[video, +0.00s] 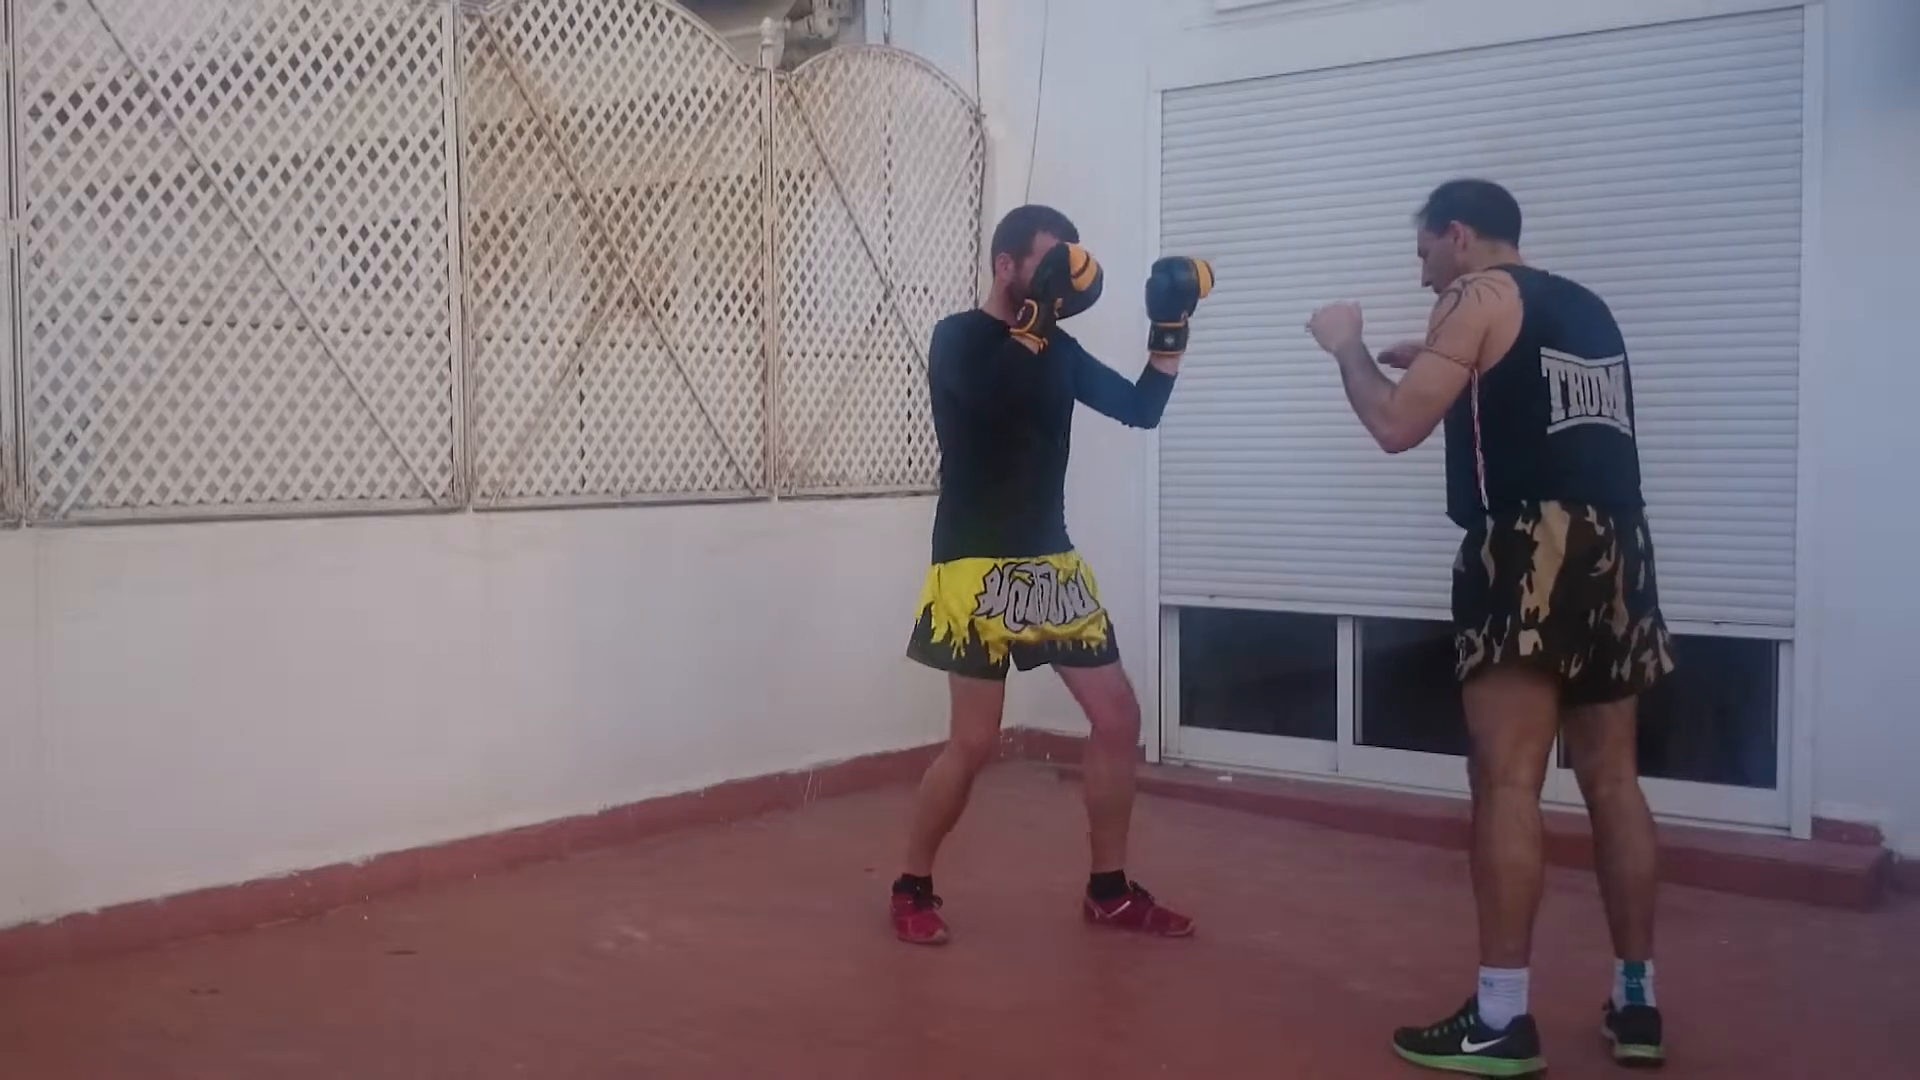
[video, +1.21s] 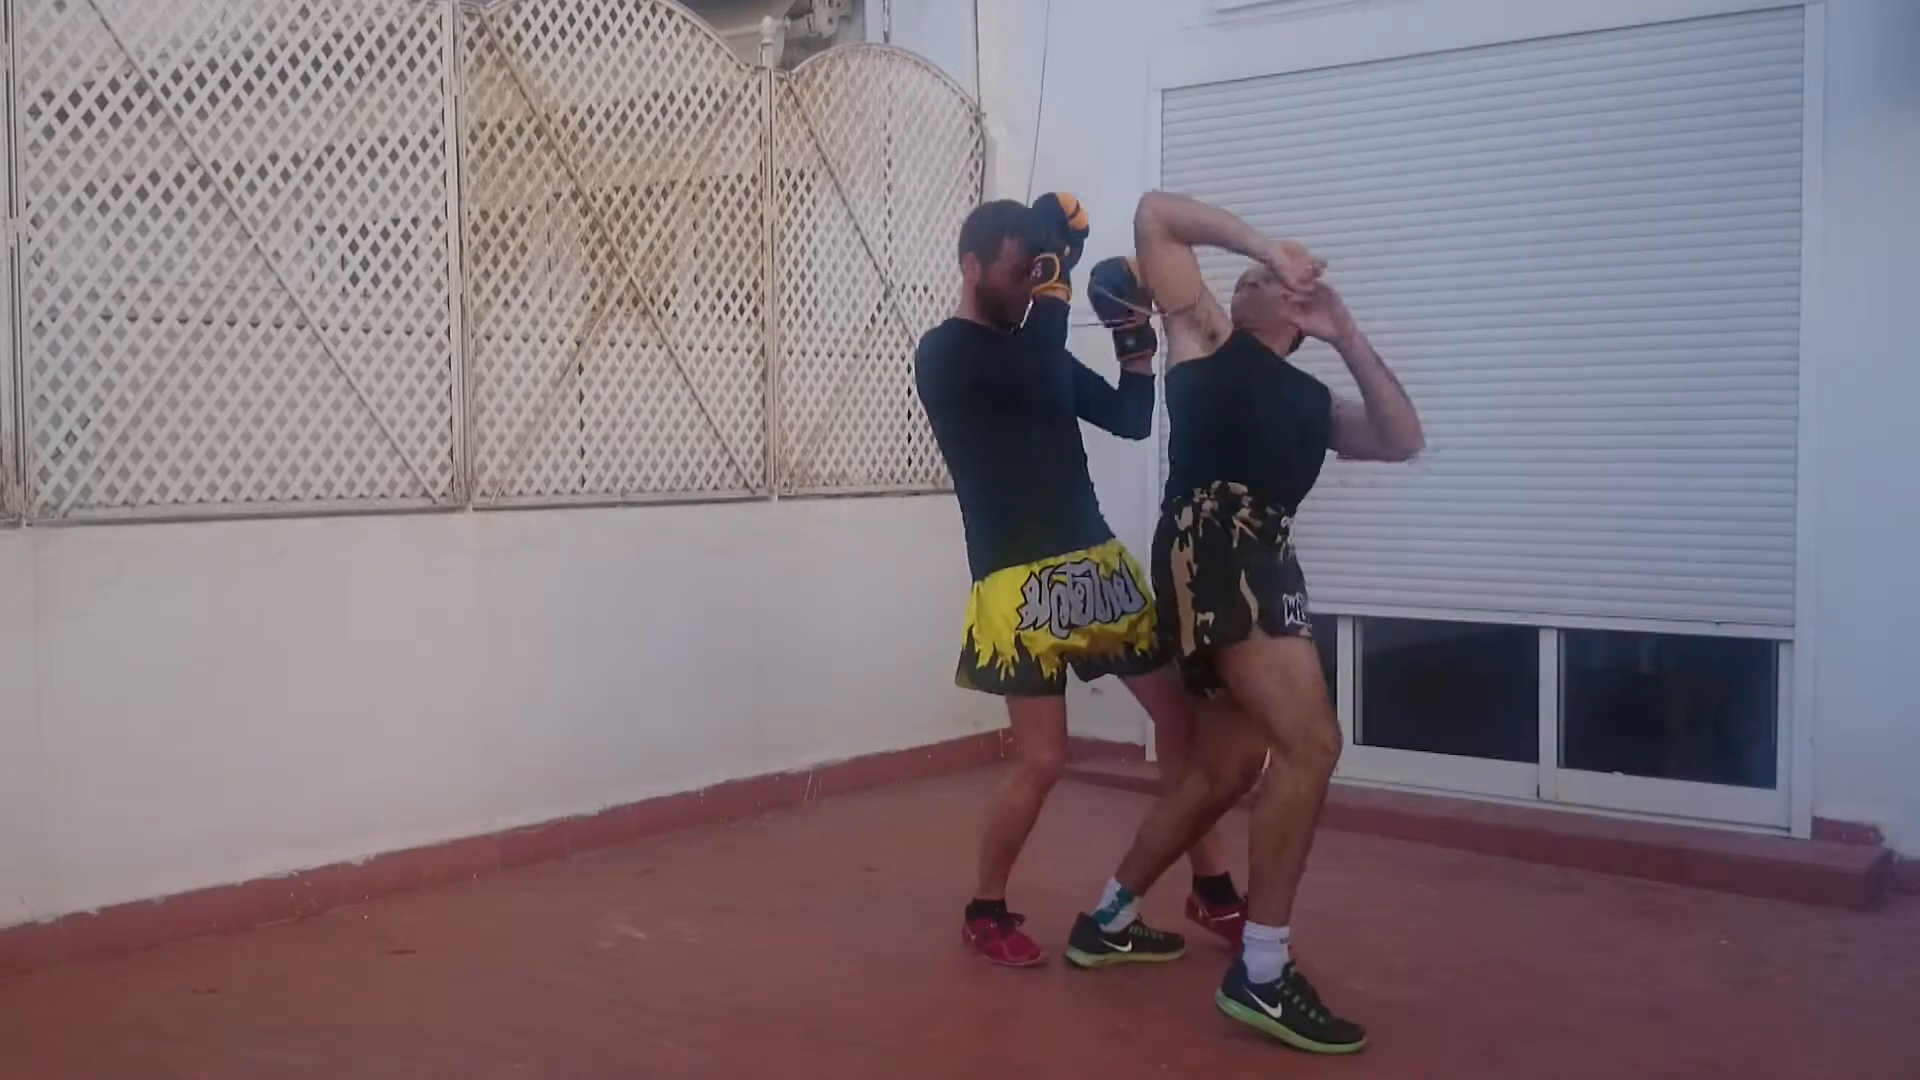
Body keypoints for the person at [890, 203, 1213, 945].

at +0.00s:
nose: (1056, 280)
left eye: (1061, 270)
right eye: (1047, 265)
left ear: (1056, 278)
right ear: (1003, 263)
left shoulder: (1058, 348)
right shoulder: (957, 337)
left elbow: (1142, 408)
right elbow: (982, 400)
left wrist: (1170, 336)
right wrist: (1039, 321)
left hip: (1051, 555)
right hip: (974, 559)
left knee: (1117, 715)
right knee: (975, 742)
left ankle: (1109, 888)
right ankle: (913, 885)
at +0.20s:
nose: (1059, 267)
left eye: (1066, 256)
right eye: (1050, 253)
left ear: (1064, 257)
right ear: (1005, 244)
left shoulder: (1039, 324)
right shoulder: (962, 311)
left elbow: (1114, 389)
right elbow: (1000, 381)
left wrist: (1154, 322)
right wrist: (1054, 314)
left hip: (1010, 531)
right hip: (950, 532)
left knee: (1045, 696)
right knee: (985, 706)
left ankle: (1026, 861)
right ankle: (920, 863)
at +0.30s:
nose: (1045, 285)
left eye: (1054, 274)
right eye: (1035, 270)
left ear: (1058, 273)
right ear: (993, 259)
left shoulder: (1038, 334)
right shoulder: (953, 331)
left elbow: (1120, 388)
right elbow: (961, 425)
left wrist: (1155, 321)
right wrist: (1032, 339)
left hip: (991, 538)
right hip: (944, 535)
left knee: (985, 705)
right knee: (1006, 694)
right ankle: (957, 863)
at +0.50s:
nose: (1028, 301)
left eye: (1033, 288)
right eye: (1015, 286)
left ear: (1030, 285)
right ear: (971, 279)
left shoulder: (1020, 354)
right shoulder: (929, 362)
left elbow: (1092, 392)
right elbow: (932, 475)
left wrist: (1161, 352)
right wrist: (993, 401)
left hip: (1012, 563)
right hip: (951, 570)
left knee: (1053, 717)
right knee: (1024, 731)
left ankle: (942, 812)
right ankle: (982, 908)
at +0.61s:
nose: (1018, 292)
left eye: (1023, 279)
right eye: (1006, 277)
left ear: (1017, 276)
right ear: (961, 269)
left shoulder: (1008, 348)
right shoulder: (917, 358)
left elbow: (1066, 392)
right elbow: (934, 465)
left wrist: (1155, 350)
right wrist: (1000, 380)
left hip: (1028, 555)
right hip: (961, 573)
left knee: (1116, 695)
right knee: (1029, 735)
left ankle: (1033, 809)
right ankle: (981, 908)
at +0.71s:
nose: (1014, 281)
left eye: (1020, 268)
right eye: (1003, 266)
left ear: (1016, 267)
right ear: (956, 259)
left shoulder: (1001, 337)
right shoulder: (914, 352)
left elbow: (1048, 397)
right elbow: (941, 453)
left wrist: (1127, 365)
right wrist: (1012, 363)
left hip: (1046, 544)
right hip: (973, 568)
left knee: (1155, 670)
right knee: (1015, 738)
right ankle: (979, 910)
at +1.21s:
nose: (1038, 280)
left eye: (1041, 267)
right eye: (1022, 266)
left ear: (1034, 272)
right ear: (972, 267)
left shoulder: (1038, 350)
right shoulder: (944, 350)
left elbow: (1129, 418)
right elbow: (1028, 375)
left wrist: (1136, 348)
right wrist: (1054, 289)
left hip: (1095, 556)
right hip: (1016, 571)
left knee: (1179, 716)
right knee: (1041, 756)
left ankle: (1211, 884)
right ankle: (986, 908)